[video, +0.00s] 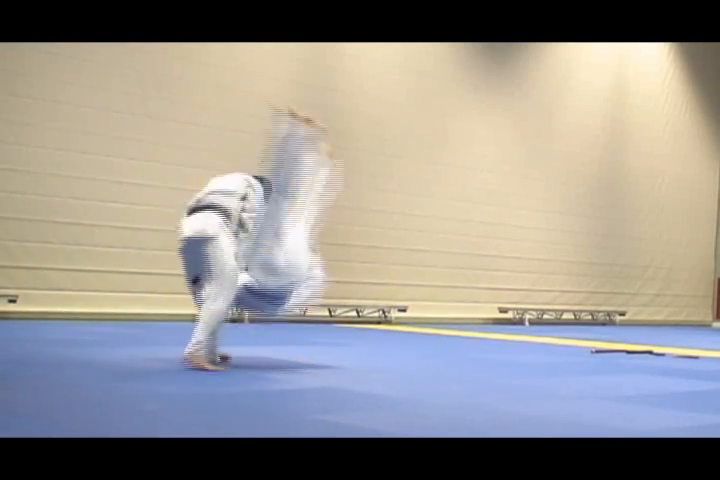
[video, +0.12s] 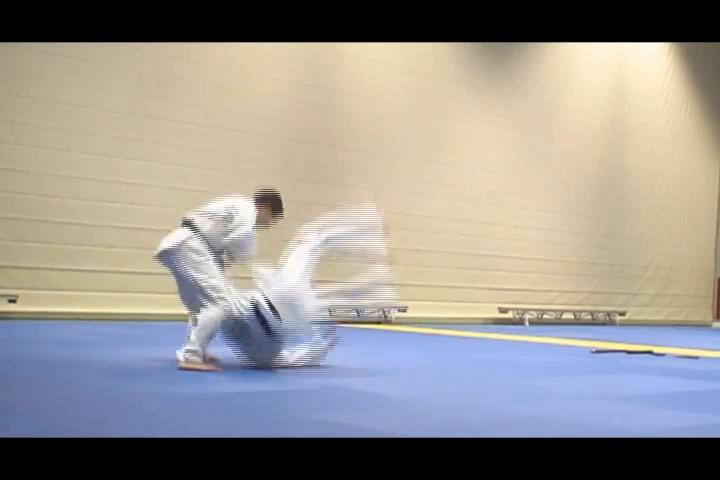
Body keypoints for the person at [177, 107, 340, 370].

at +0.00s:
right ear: (262, 187)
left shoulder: (220, 184)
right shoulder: (257, 186)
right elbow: (250, 227)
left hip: (189, 226)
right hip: (212, 226)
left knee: (207, 289)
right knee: (225, 286)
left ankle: (208, 352)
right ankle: (196, 350)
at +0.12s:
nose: (271, 224)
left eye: (275, 220)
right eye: (273, 217)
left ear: (260, 203)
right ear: (266, 207)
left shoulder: (239, 204)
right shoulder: (247, 210)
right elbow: (240, 238)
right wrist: (242, 257)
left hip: (176, 244)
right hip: (189, 244)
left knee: (198, 304)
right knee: (221, 303)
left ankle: (196, 352)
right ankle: (192, 356)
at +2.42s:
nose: (143, 229)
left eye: (146, 223)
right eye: (138, 226)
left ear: (153, 212)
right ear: (133, 225)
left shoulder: (186, 223)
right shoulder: (147, 225)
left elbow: (210, 267)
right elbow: (165, 254)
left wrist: (214, 316)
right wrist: (189, 279)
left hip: (225, 263)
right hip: (185, 268)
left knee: (218, 328)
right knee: (156, 301)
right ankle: (156, 365)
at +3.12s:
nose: (167, 215)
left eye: (171, 209)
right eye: (161, 210)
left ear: (179, 199)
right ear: (152, 205)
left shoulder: (201, 209)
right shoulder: (140, 215)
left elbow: (235, 234)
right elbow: (137, 250)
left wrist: (215, 266)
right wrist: (173, 267)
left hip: (202, 261)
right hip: (163, 265)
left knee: (218, 312)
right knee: (145, 297)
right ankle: (154, 364)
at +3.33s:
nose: (187, 196)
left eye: (192, 190)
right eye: (182, 192)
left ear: (200, 182)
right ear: (173, 186)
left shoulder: (218, 195)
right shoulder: (157, 201)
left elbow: (236, 226)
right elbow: (153, 243)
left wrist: (221, 249)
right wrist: (176, 266)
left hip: (209, 256)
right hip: (171, 257)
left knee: (224, 323)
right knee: (159, 299)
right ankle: (155, 361)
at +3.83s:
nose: (211, 250)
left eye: (215, 246)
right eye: (207, 246)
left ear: (223, 241)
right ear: (200, 241)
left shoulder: (235, 238)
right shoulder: (189, 254)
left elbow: (252, 257)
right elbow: (186, 297)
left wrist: (231, 274)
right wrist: (184, 340)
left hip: (220, 278)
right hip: (195, 282)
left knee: (223, 298)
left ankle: (225, 343)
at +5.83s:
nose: (116, 180)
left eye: (119, 176)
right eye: (111, 176)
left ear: (123, 176)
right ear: (103, 178)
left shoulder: (131, 199)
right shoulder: (92, 199)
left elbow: (139, 226)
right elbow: (79, 225)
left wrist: (142, 213)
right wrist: (92, 226)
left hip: (122, 249)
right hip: (97, 249)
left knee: (134, 287)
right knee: (85, 290)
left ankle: (141, 334)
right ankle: (84, 330)